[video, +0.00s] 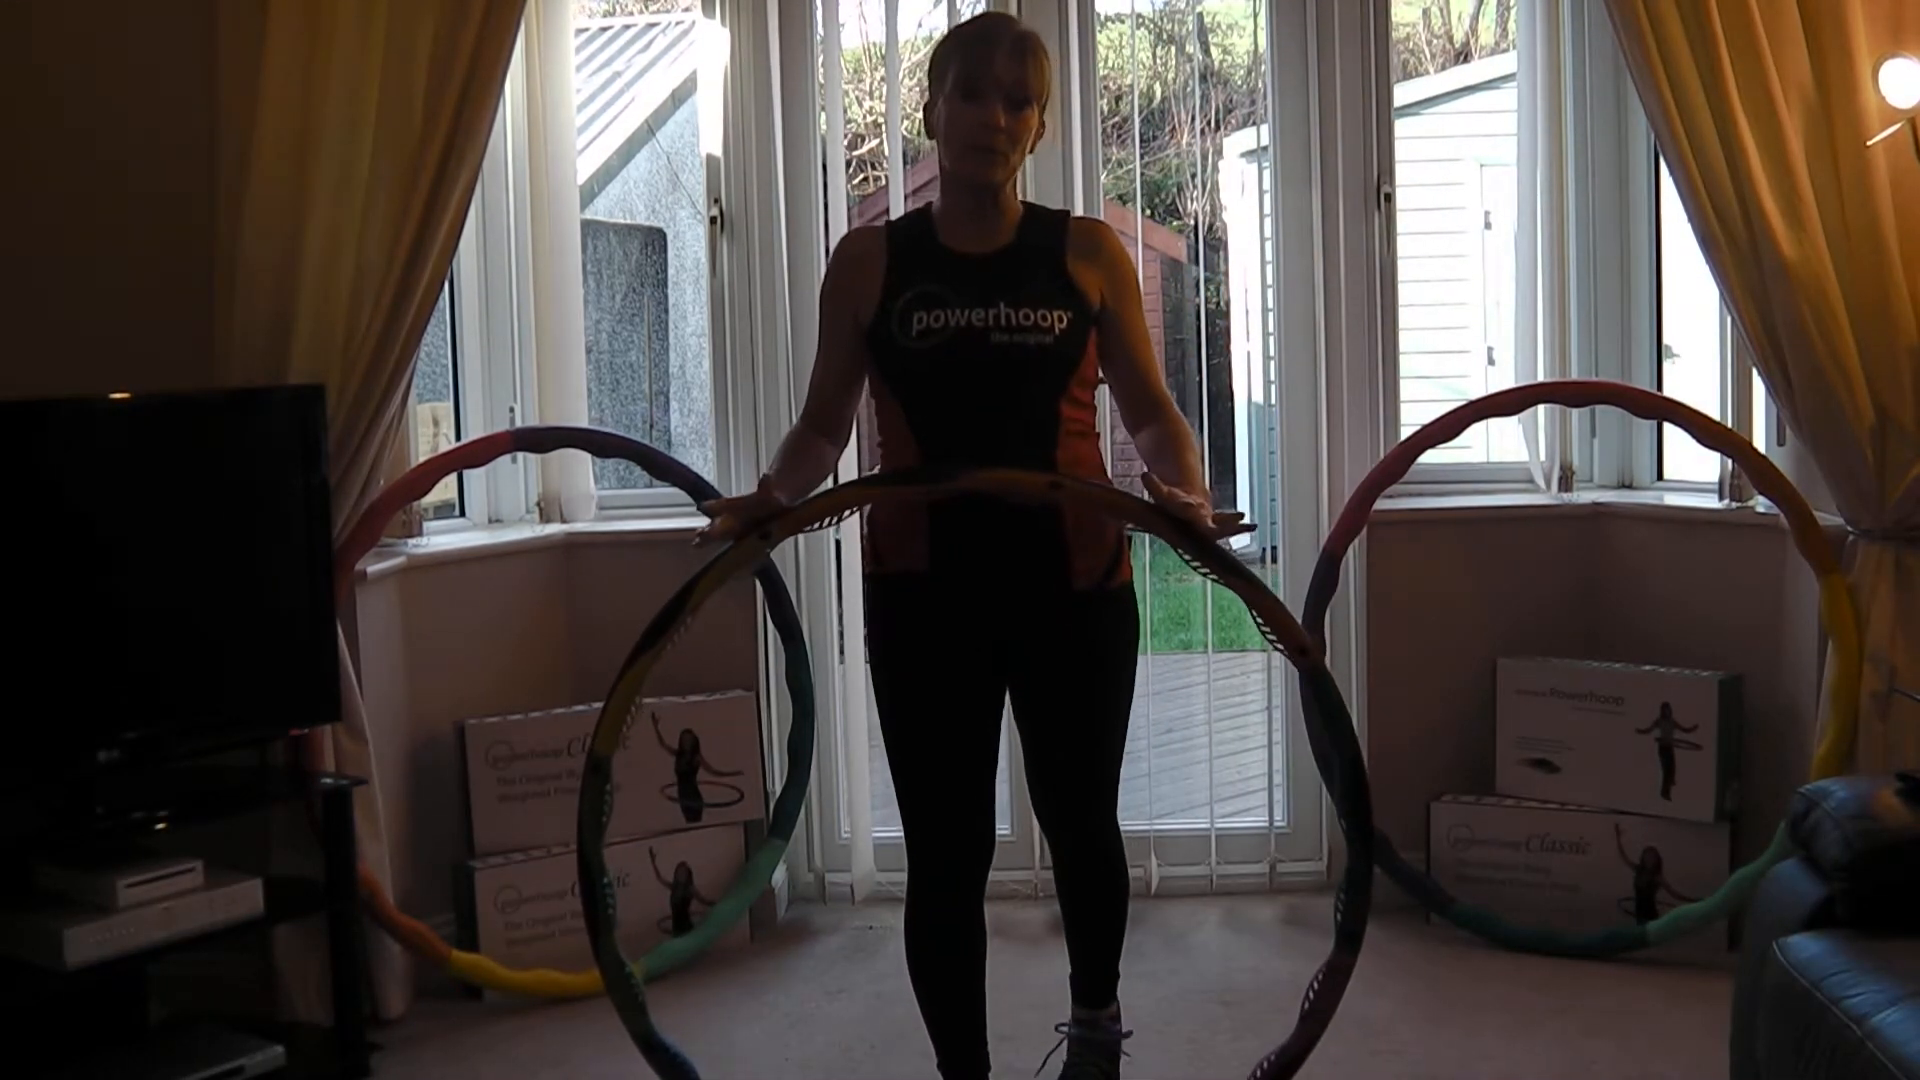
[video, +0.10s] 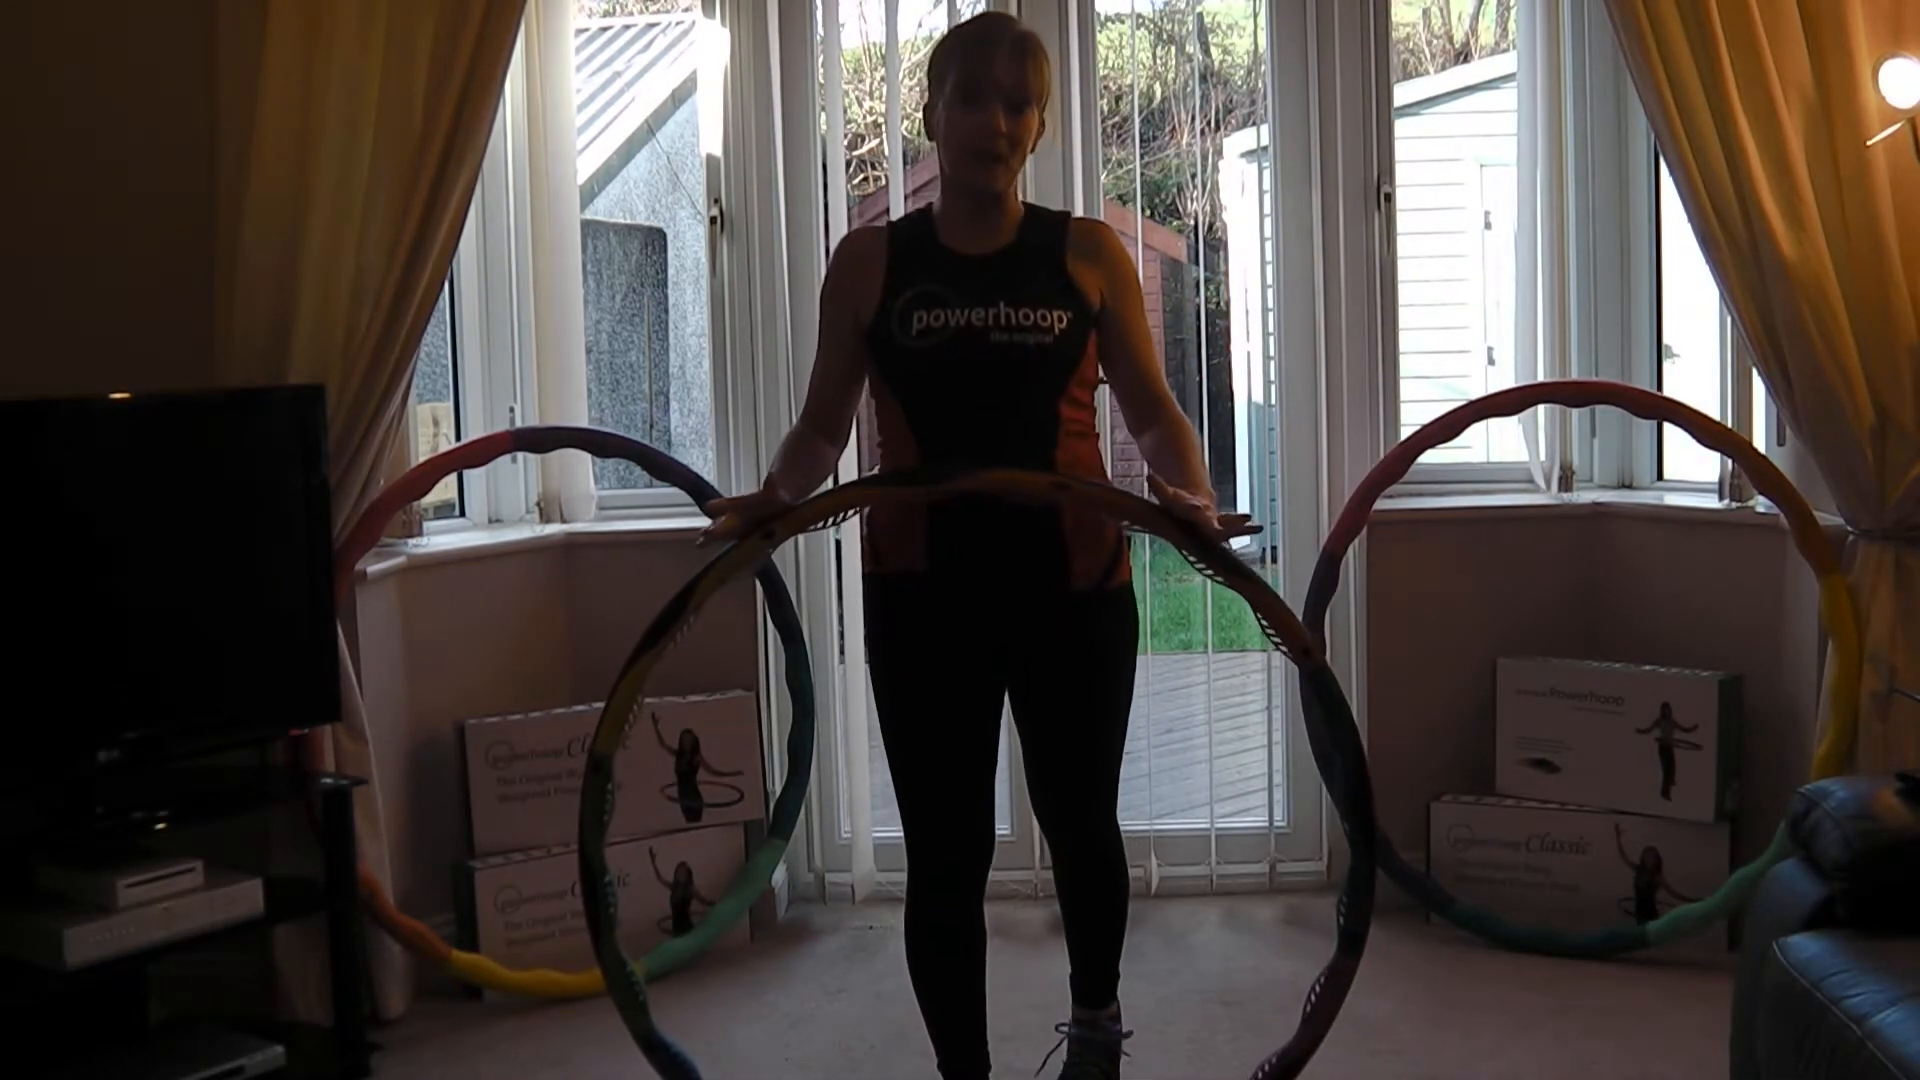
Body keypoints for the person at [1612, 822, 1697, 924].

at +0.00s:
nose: (1648, 860)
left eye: (1651, 857)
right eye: (1646, 856)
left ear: (1657, 860)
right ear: (1642, 858)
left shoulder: (1657, 877)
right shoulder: (1639, 870)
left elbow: (1674, 894)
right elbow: (1623, 857)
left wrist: (1693, 901)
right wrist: (1618, 838)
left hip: (1651, 912)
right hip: (1639, 911)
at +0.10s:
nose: (1649, 860)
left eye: (1652, 857)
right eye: (1646, 856)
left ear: (1657, 860)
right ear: (1642, 858)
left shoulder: (1657, 877)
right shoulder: (1639, 870)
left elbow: (1674, 894)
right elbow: (1623, 857)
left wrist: (1694, 901)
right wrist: (1618, 838)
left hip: (1651, 912)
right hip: (1639, 911)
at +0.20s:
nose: (1649, 860)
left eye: (1652, 857)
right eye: (1646, 856)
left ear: (1657, 860)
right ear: (1642, 858)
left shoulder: (1657, 877)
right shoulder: (1639, 870)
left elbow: (1674, 894)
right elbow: (1623, 857)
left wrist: (1693, 901)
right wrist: (1618, 837)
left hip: (1651, 912)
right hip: (1639, 911)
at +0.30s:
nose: (1649, 860)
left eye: (1652, 857)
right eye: (1647, 856)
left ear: (1657, 860)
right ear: (1642, 858)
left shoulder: (1657, 877)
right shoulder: (1639, 870)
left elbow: (1674, 894)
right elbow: (1623, 857)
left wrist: (1693, 901)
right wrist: (1618, 837)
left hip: (1651, 912)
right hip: (1639, 911)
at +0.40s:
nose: (1649, 861)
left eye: (1652, 858)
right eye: (1647, 857)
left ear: (1657, 860)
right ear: (1642, 859)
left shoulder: (1658, 877)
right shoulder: (1639, 871)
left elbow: (1673, 894)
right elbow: (1623, 856)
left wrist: (1694, 901)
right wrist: (1618, 837)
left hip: (1651, 912)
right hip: (1639, 911)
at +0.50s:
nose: (1649, 861)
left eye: (1652, 857)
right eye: (1647, 857)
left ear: (1657, 860)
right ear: (1642, 858)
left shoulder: (1658, 876)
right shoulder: (1638, 870)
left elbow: (1673, 894)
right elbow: (1622, 856)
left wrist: (1694, 901)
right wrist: (1618, 837)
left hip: (1651, 912)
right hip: (1639, 911)